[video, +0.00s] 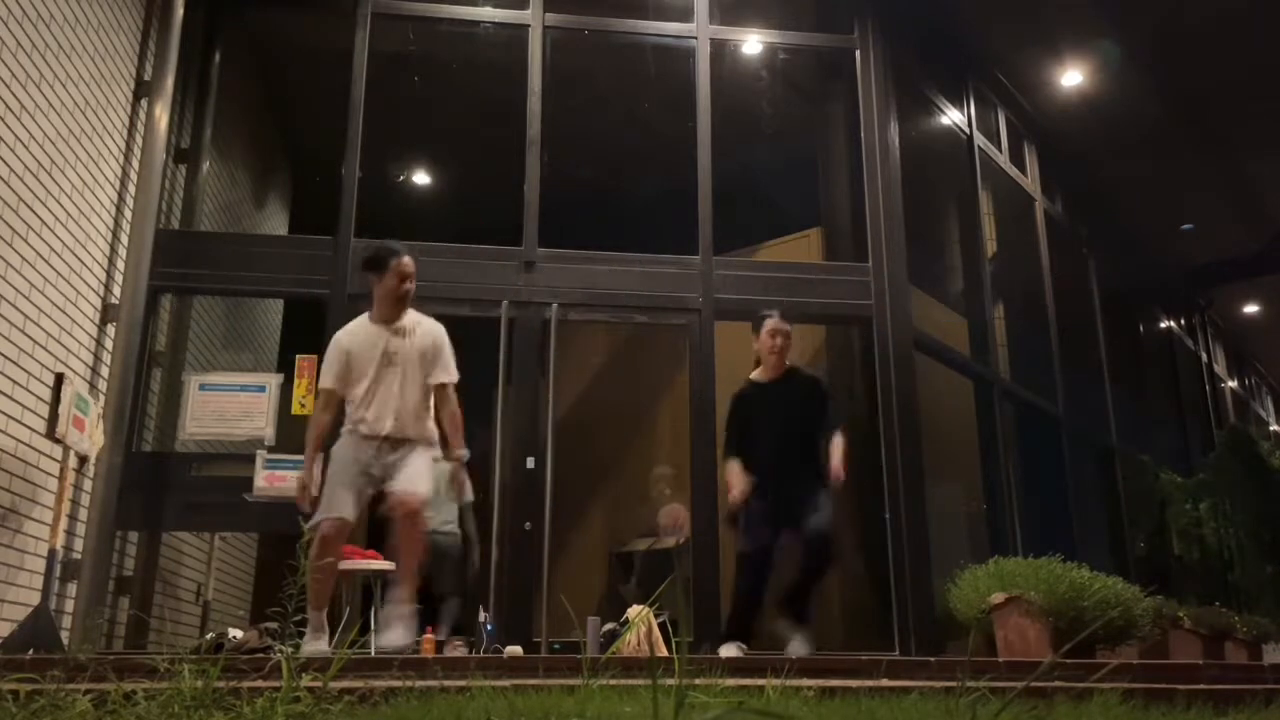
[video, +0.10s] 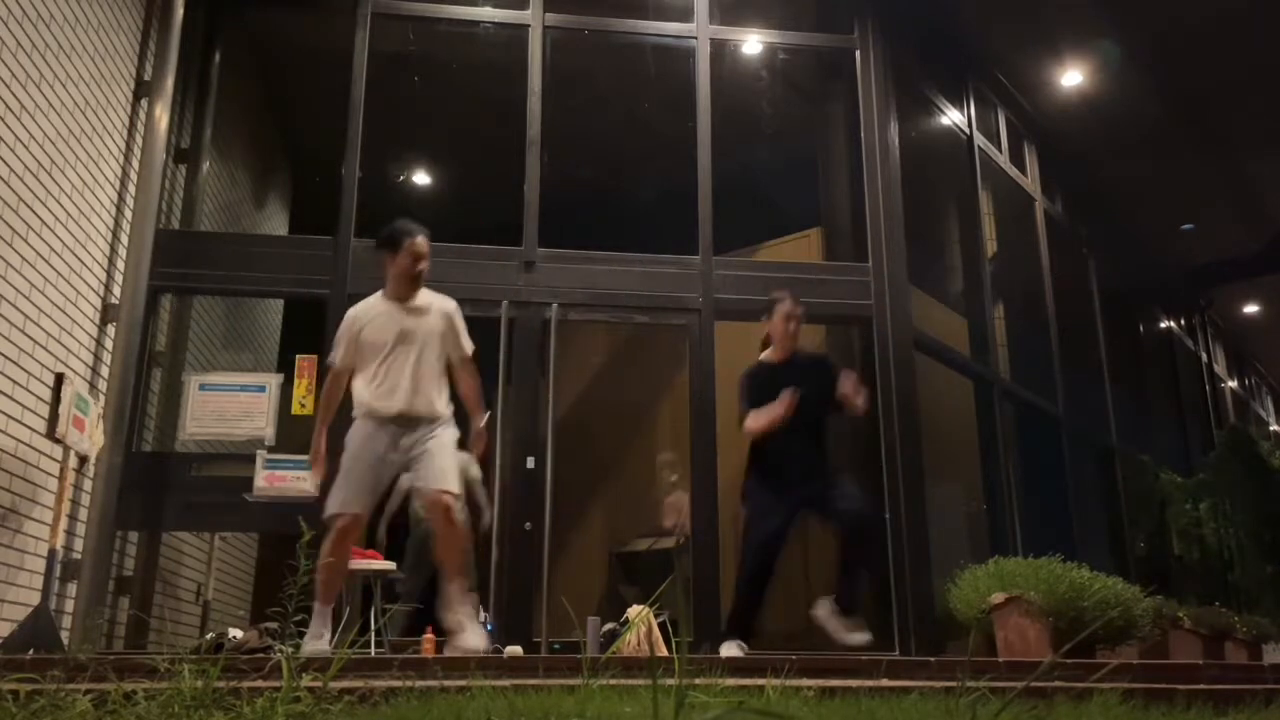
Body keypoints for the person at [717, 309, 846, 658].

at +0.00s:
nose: (779, 342)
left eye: (785, 335)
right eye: (772, 335)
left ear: (792, 342)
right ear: (757, 341)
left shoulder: (811, 387)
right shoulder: (745, 396)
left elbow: (833, 427)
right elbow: (732, 446)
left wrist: (835, 459)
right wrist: (736, 479)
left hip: (807, 483)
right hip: (761, 486)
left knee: (820, 547)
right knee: (752, 560)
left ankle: (793, 618)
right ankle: (736, 638)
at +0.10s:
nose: (794, 327)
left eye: (798, 320)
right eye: (787, 319)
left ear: (803, 325)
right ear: (768, 324)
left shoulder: (820, 366)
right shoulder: (756, 376)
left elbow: (856, 405)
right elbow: (751, 425)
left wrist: (853, 396)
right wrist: (778, 410)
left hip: (817, 475)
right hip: (771, 482)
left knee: (861, 520)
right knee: (757, 558)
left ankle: (841, 607)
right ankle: (735, 638)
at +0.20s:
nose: (812, 312)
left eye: (815, 305)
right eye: (804, 305)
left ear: (819, 310)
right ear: (785, 310)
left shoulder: (835, 346)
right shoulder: (777, 353)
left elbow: (886, 375)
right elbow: (762, 389)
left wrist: (873, 348)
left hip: (838, 459)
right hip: (789, 464)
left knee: (877, 526)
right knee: (769, 543)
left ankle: (876, 610)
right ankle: (741, 626)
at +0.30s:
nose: (831, 317)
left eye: (834, 309)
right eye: (823, 310)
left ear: (840, 312)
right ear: (803, 315)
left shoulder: (857, 349)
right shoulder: (793, 357)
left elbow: (909, 362)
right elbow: (779, 379)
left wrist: (896, 339)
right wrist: (817, 342)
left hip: (856, 458)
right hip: (808, 460)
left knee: (881, 537)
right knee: (797, 523)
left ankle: (908, 627)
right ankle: (765, 615)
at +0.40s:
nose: (846, 330)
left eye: (850, 322)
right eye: (838, 323)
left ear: (859, 327)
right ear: (820, 329)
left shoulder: (875, 368)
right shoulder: (812, 367)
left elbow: (927, 393)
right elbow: (799, 397)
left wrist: (915, 362)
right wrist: (840, 357)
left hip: (872, 473)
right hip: (823, 473)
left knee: (889, 548)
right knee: (834, 527)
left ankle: (905, 636)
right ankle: (814, 613)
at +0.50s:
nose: (863, 343)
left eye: (867, 335)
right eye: (854, 335)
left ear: (874, 341)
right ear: (838, 341)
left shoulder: (877, 385)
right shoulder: (822, 382)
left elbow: (913, 408)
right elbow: (813, 434)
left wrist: (927, 423)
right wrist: (859, 419)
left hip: (879, 486)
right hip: (835, 489)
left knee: (896, 552)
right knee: (866, 545)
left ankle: (905, 637)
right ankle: (864, 633)